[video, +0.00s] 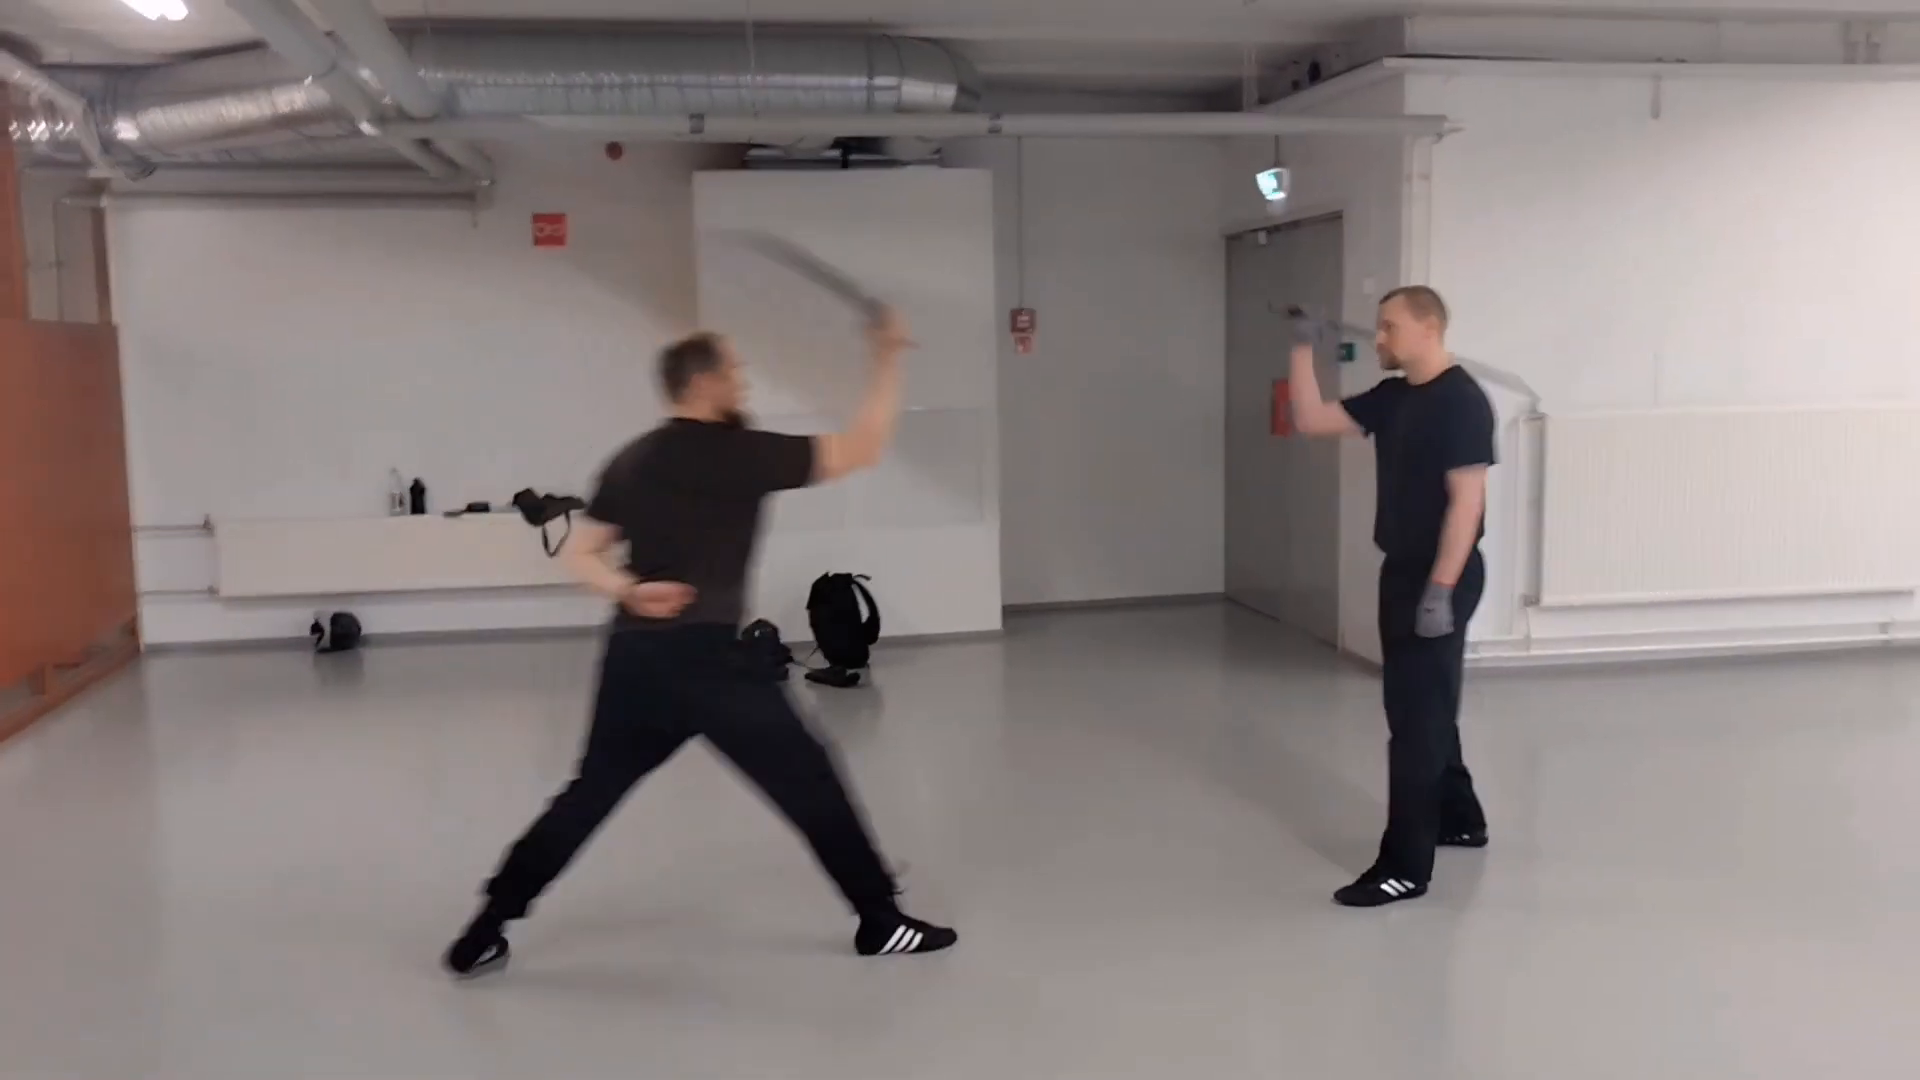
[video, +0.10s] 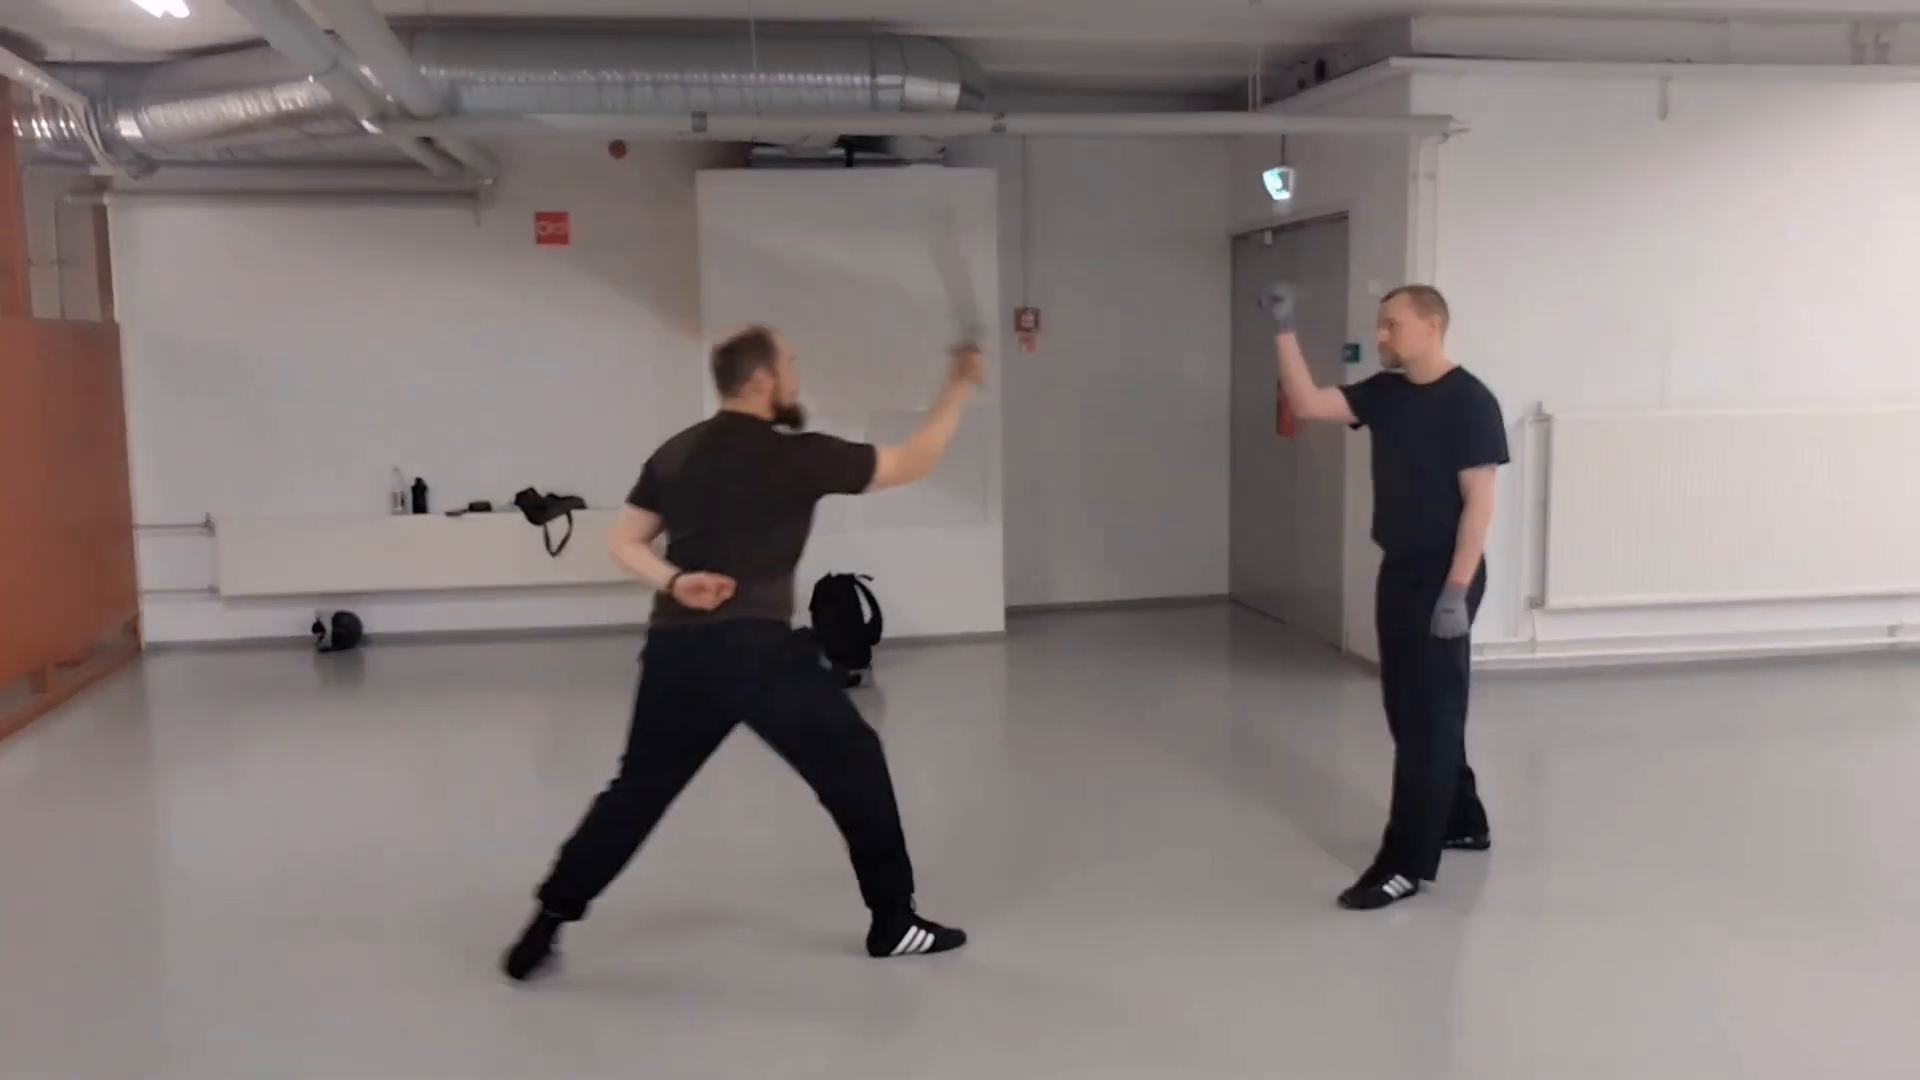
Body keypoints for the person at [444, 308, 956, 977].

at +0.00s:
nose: (741, 380)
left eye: (735, 368)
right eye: (731, 369)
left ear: (678, 386)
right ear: (704, 381)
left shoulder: (638, 459)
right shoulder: (740, 452)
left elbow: (578, 555)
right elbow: (859, 451)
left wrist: (628, 590)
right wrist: (887, 358)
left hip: (637, 662)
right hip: (714, 663)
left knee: (587, 798)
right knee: (809, 783)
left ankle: (484, 927)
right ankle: (881, 919)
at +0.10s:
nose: (796, 383)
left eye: (792, 369)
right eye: (789, 370)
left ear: (726, 384)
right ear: (766, 380)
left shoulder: (679, 453)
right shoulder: (794, 455)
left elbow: (624, 542)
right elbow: (909, 465)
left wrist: (673, 580)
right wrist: (960, 390)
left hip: (677, 656)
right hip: (763, 651)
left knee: (638, 790)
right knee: (853, 765)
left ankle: (544, 924)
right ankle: (894, 920)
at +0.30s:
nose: (844, 353)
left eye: (840, 341)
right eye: (837, 343)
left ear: (778, 364)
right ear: (811, 358)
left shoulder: (726, 431)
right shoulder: (844, 436)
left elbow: (669, 516)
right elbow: (948, 458)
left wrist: (710, 558)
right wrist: (1019, 424)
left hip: (715, 636)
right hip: (802, 635)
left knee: (688, 778)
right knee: (874, 769)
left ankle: (609, 922)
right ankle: (902, 923)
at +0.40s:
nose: (846, 355)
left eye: (842, 342)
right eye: (838, 343)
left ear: (784, 362)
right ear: (811, 356)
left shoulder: (732, 432)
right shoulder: (841, 436)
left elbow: (678, 516)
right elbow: (939, 486)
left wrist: (712, 557)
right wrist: (1010, 453)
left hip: (720, 633)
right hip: (804, 632)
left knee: (702, 776)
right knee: (876, 767)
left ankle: (607, 923)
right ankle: (901, 925)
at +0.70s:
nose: (745, 362)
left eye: (739, 349)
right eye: (734, 351)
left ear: (686, 372)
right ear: (704, 367)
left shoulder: (659, 446)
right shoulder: (742, 435)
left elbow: (629, 542)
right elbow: (858, 466)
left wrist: (643, 574)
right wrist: (926, 423)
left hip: (674, 647)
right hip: (743, 643)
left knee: (696, 789)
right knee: (828, 773)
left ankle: (584, 921)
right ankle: (892, 918)